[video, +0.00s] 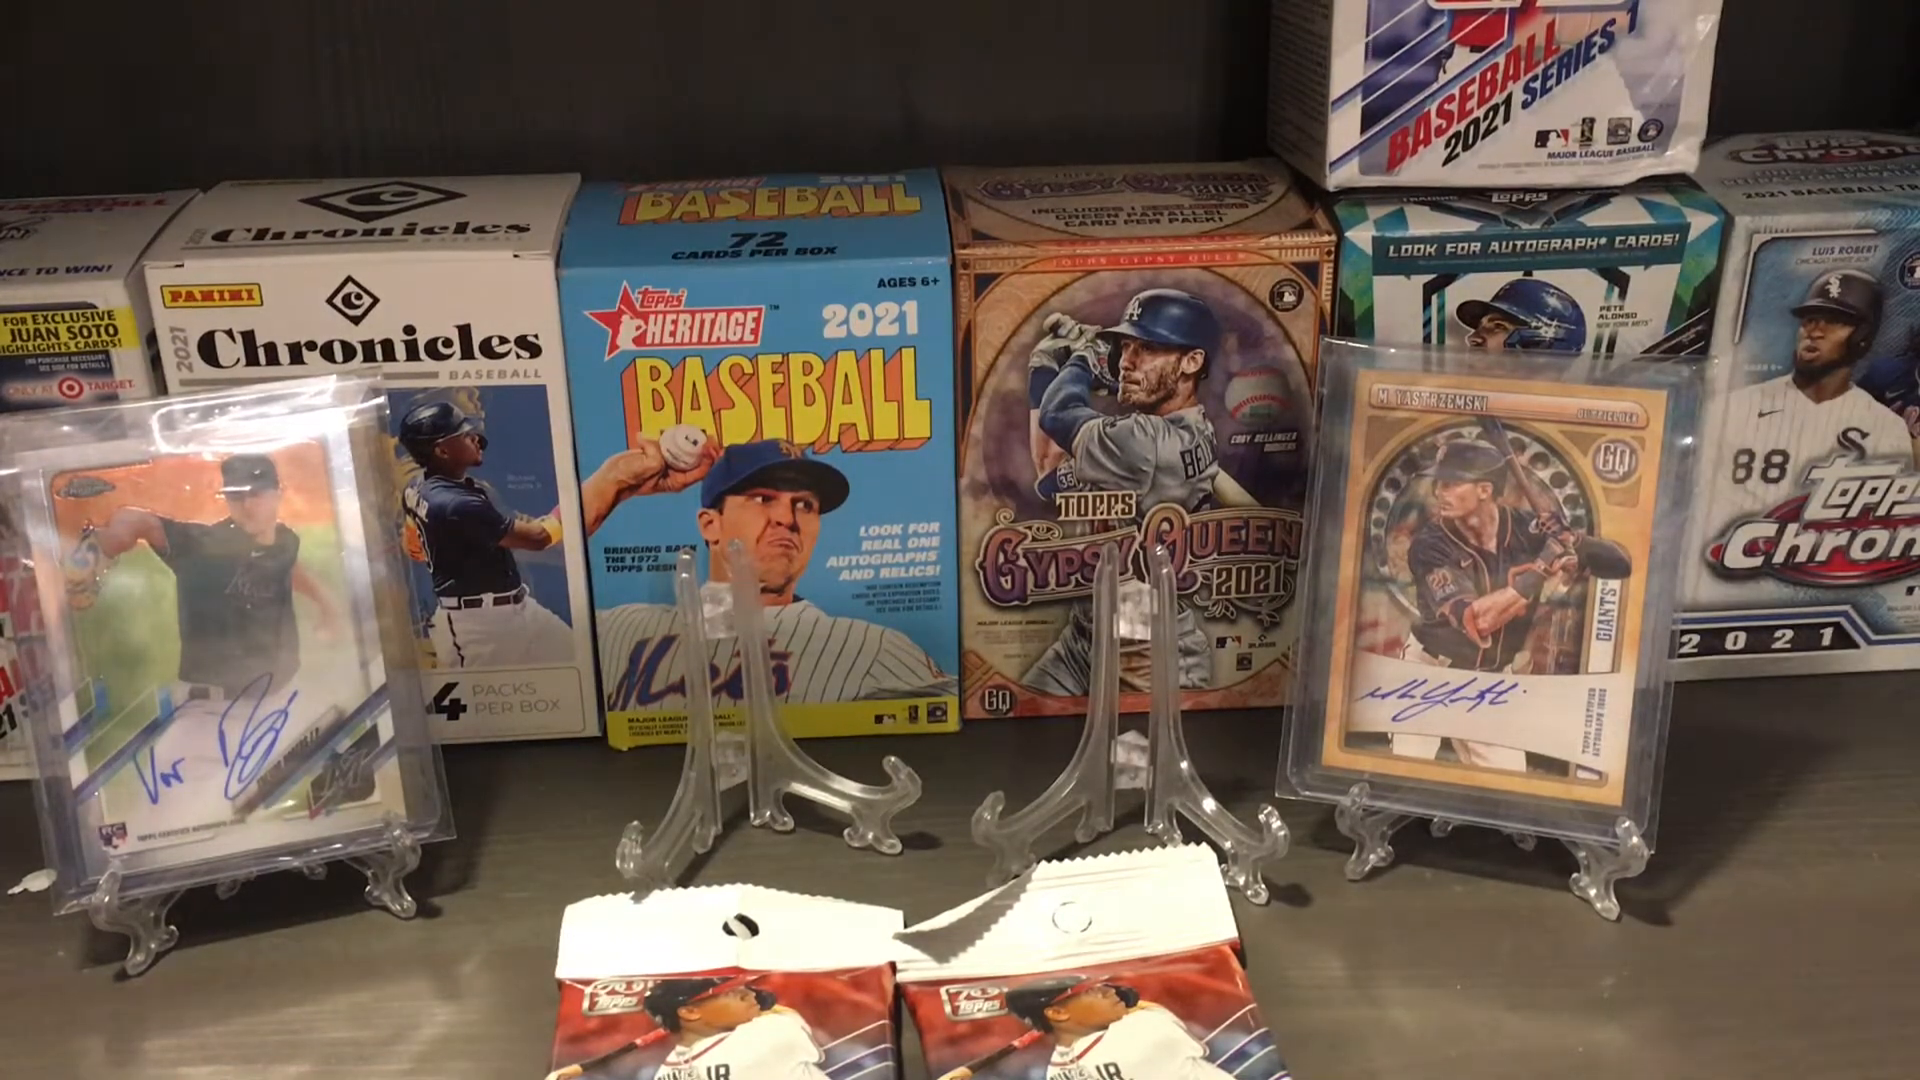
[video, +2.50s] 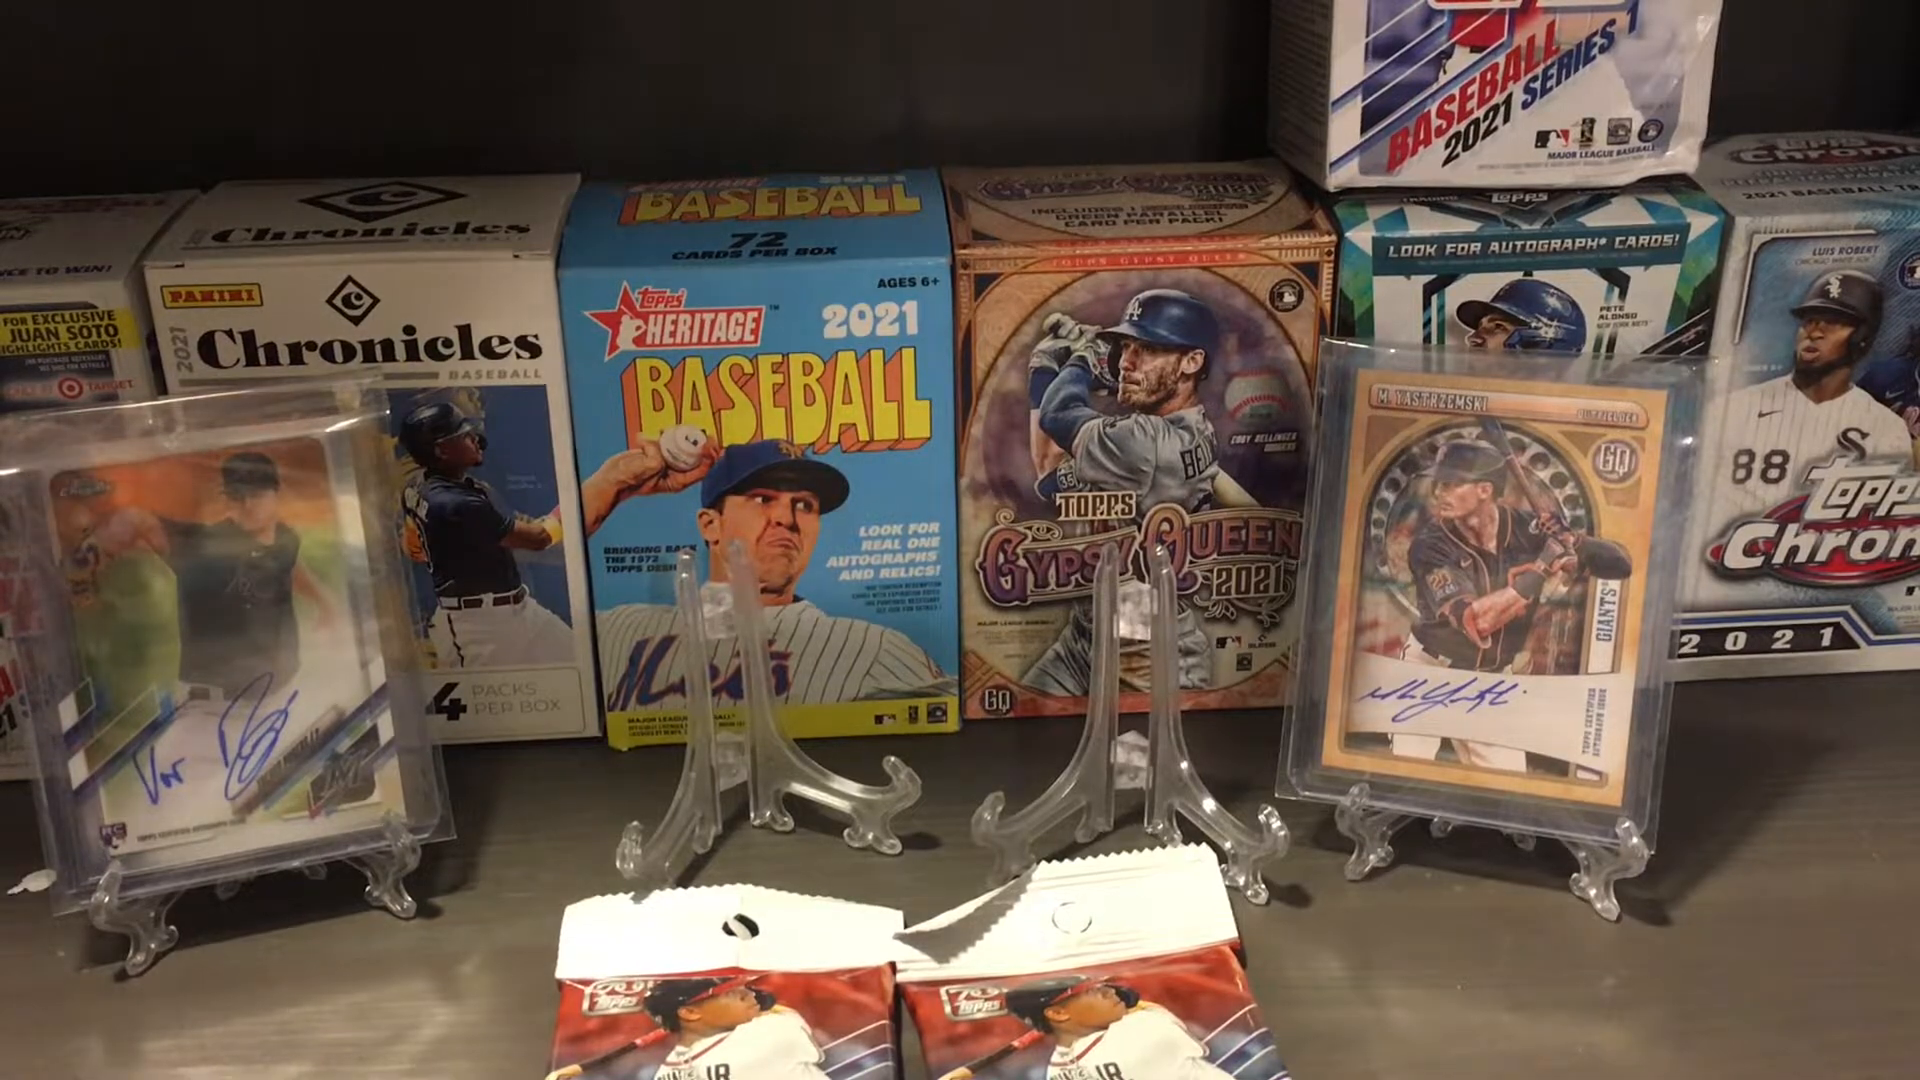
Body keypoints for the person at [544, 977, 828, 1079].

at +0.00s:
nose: (744, 993)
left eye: (734, 986)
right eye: (726, 993)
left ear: (690, 1015)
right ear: (691, 1014)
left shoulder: (666, 1072)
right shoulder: (778, 1034)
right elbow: (780, 1008)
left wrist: (579, 1071)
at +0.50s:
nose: (743, 992)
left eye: (733, 986)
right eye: (726, 992)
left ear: (690, 1015)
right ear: (692, 1014)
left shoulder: (666, 1071)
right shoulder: (779, 1033)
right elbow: (780, 1009)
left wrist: (580, 1071)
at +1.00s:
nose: (746, 993)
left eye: (737, 986)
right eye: (728, 993)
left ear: (689, 1015)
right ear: (691, 1015)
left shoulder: (664, 1072)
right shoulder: (779, 1033)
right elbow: (777, 1007)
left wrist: (578, 1072)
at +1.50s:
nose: (746, 993)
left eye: (737, 987)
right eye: (728, 993)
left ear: (689, 1015)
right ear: (691, 1015)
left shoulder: (665, 1072)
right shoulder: (780, 1033)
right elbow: (777, 1007)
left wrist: (578, 1072)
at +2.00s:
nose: (746, 994)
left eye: (739, 987)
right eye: (730, 994)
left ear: (689, 1015)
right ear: (692, 1015)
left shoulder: (665, 1071)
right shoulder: (778, 1034)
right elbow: (779, 1008)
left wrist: (578, 1072)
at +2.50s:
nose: (746, 993)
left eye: (737, 986)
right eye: (728, 993)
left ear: (690, 1015)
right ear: (692, 1015)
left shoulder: (666, 1071)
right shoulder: (779, 1033)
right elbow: (779, 1008)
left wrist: (579, 1071)